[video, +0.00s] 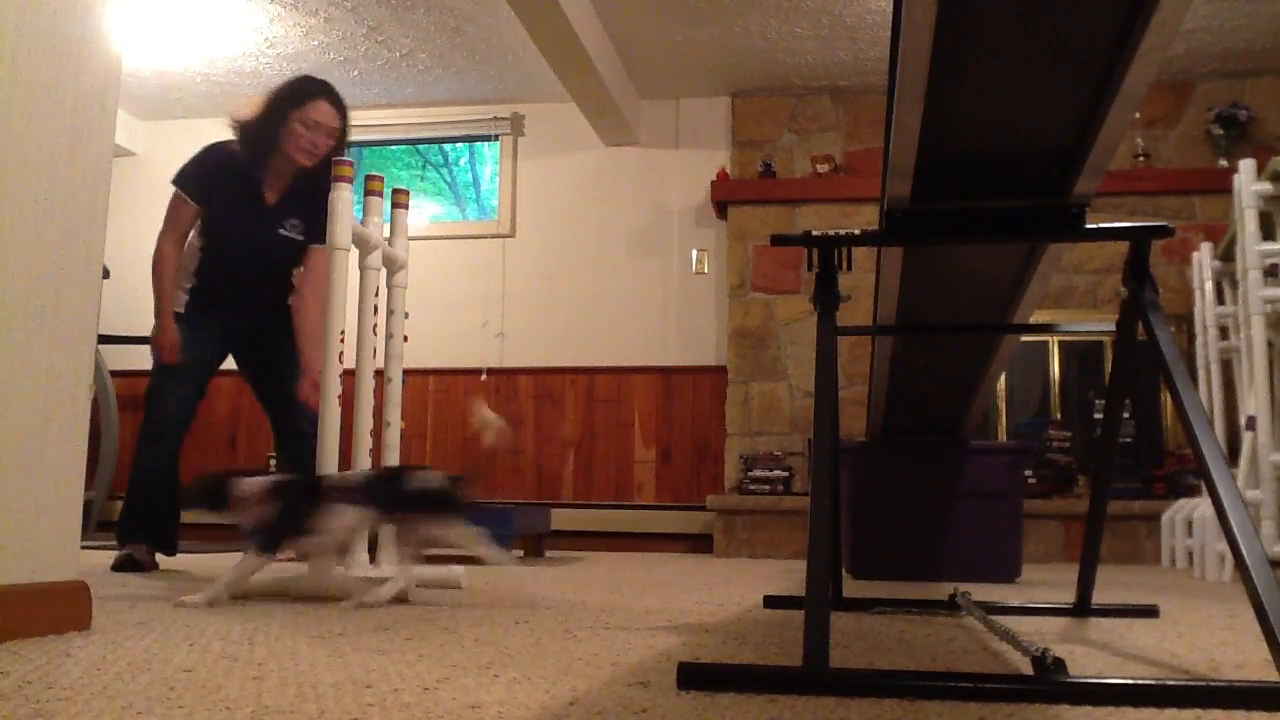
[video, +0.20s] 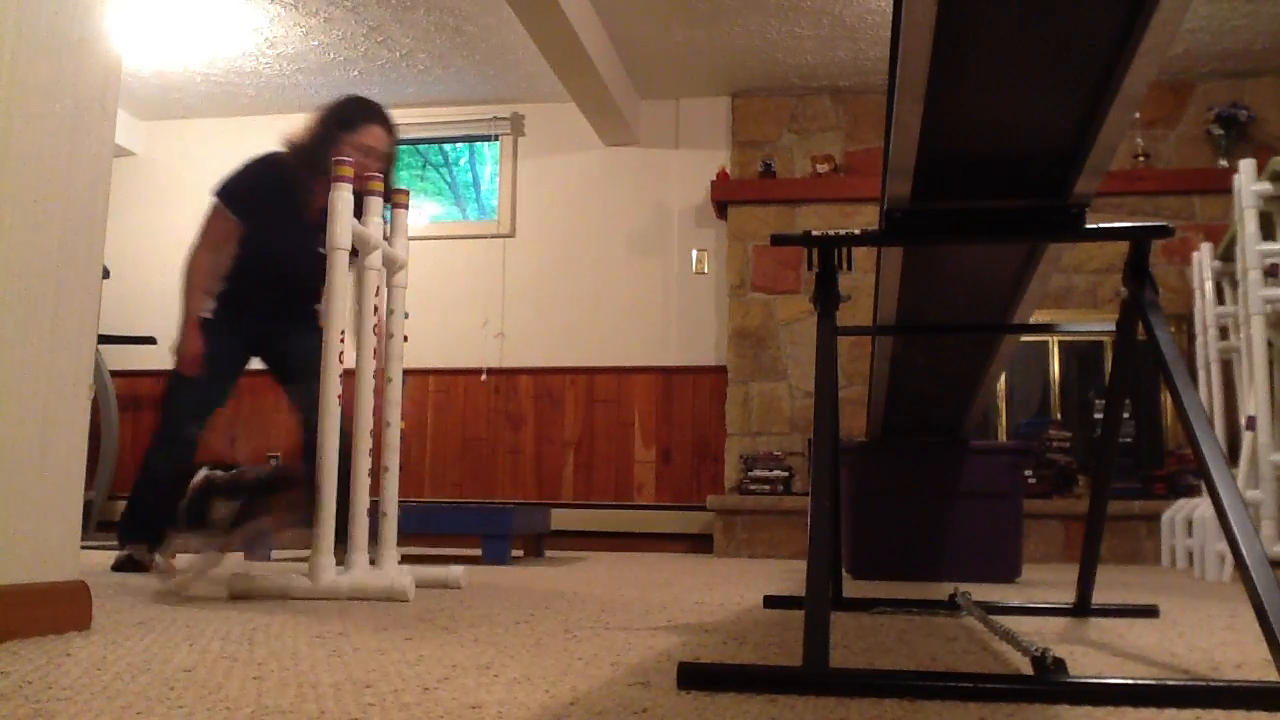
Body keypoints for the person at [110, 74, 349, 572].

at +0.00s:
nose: (316, 140)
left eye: (328, 134)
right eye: (308, 125)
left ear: (333, 144)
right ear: (280, 118)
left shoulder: (316, 193)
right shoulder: (221, 162)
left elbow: (312, 287)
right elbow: (170, 239)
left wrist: (311, 367)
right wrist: (164, 318)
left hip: (268, 319)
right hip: (205, 312)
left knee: (300, 422)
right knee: (165, 414)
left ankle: (297, 538)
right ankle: (140, 542)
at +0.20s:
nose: (370, 165)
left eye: (380, 156)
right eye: (360, 150)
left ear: (386, 159)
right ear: (329, 143)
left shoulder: (355, 206)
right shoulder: (271, 176)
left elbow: (364, 285)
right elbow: (210, 248)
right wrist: (191, 324)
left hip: (293, 323)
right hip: (230, 318)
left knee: (331, 422)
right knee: (181, 422)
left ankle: (344, 541)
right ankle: (139, 541)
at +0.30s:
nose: (392, 174)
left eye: (404, 168)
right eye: (385, 159)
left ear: (411, 174)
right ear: (355, 148)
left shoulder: (386, 216)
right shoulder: (295, 181)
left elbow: (397, 297)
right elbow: (233, 256)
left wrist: (414, 365)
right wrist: (212, 330)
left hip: (314, 329)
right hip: (250, 320)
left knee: (352, 425)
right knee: (195, 424)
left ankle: (346, 546)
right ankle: (139, 541)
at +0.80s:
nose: (435, 181)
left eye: (445, 172)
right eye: (427, 167)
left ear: (453, 172)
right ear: (399, 153)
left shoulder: (432, 216)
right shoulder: (333, 179)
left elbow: (450, 296)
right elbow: (281, 253)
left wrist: (476, 345)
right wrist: (269, 331)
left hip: (368, 317)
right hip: (306, 300)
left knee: (369, 428)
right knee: (246, 411)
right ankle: (179, 530)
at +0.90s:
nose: (422, 167)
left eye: (433, 160)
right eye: (414, 153)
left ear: (442, 162)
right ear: (389, 143)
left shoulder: (425, 206)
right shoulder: (327, 171)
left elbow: (440, 286)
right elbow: (276, 248)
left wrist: (459, 334)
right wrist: (262, 324)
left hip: (370, 308)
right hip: (306, 295)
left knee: (370, 419)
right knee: (246, 407)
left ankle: (360, 538)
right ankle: (179, 529)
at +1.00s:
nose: (413, 156)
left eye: (424, 147)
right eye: (404, 142)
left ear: (433, 151)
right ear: (377, 135)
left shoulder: (417, 206)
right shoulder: (317, 168)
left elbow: (430, 286)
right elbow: (269, 245)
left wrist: (446, 338)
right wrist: (256, 322)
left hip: (365, 310)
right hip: (298, 298)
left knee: (369, 422)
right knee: (240, 407)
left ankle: (356, 542)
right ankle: (170, 526)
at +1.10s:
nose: (399, 142)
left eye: (410, 133)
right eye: (390, 128)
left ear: (418, 139)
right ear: (364, 125)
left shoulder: (405, 200)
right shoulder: (305, 164)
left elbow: (415, 284)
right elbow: (257, 243)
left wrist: (429, 347)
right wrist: (245, 320)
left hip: (349, 313)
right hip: (283, 303)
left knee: (368, 421)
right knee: (234, 410)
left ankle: (357, 542)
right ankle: (157, 524)